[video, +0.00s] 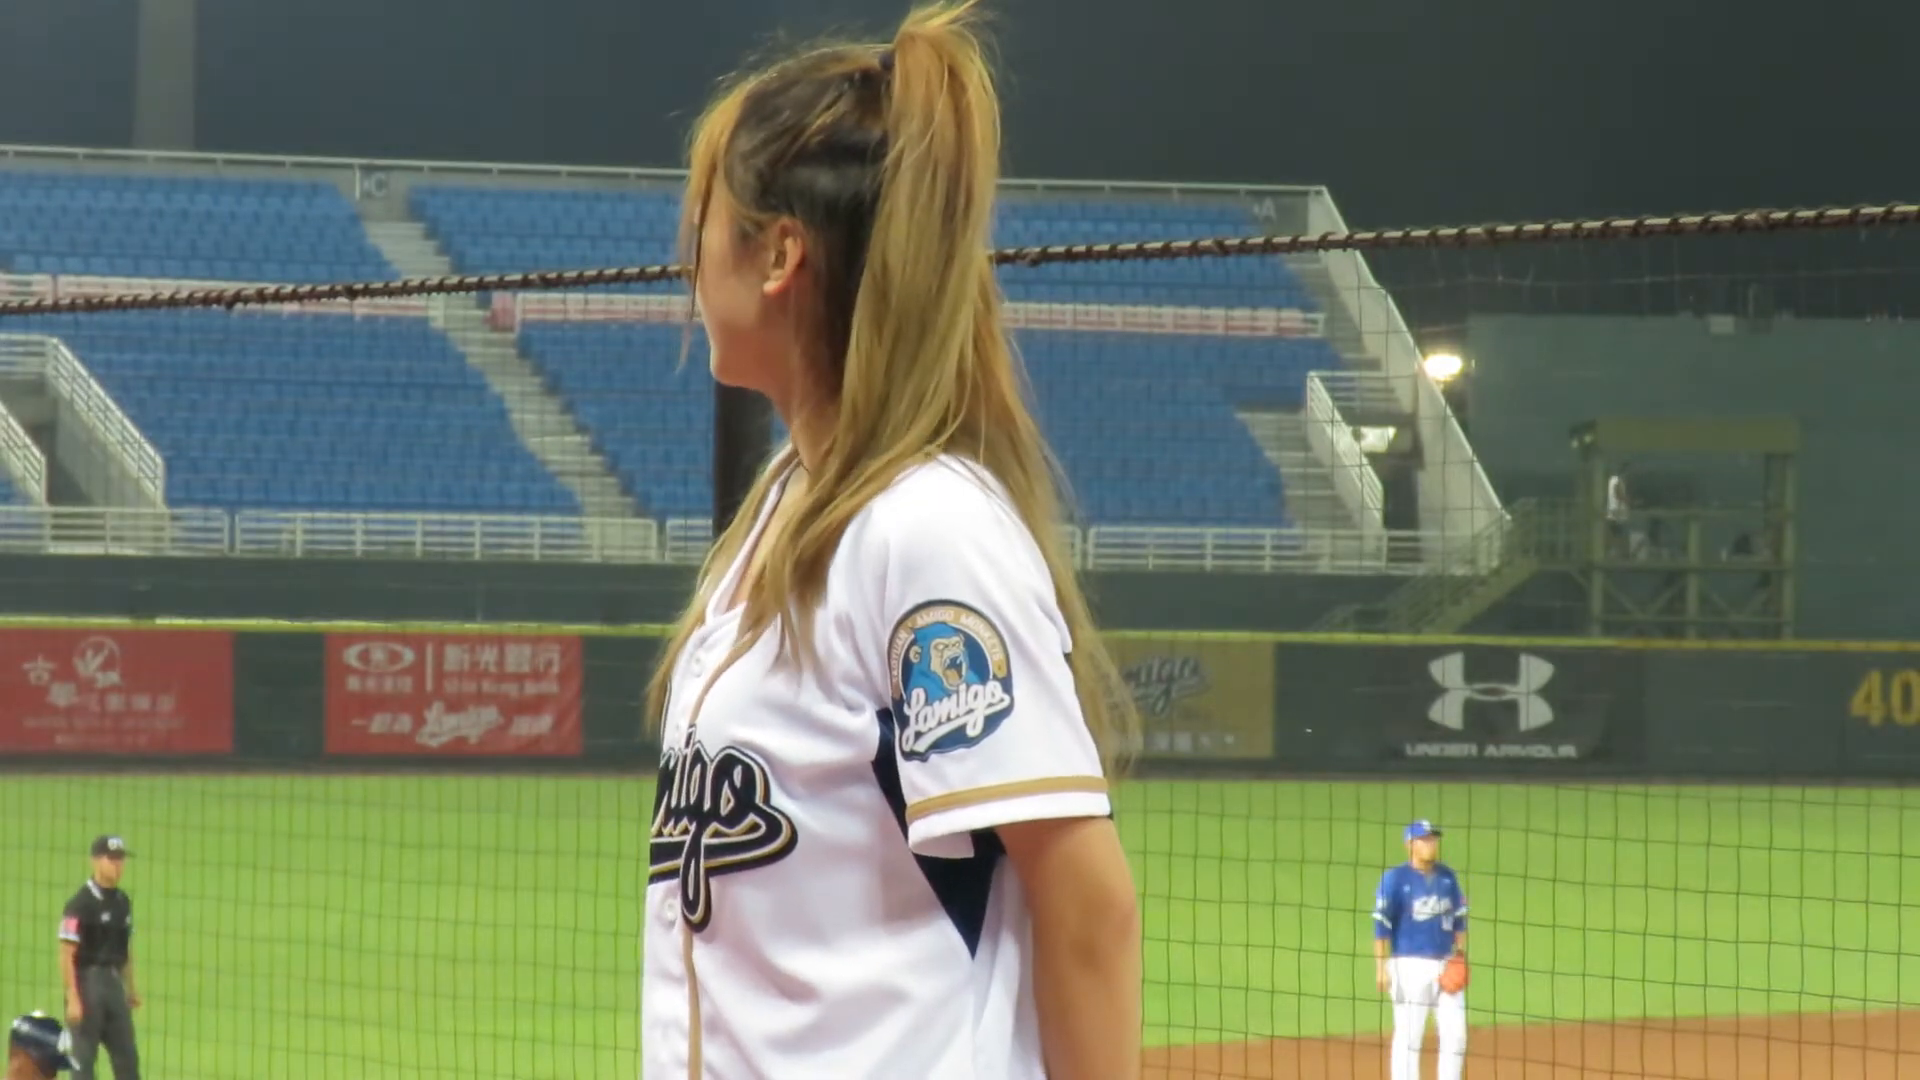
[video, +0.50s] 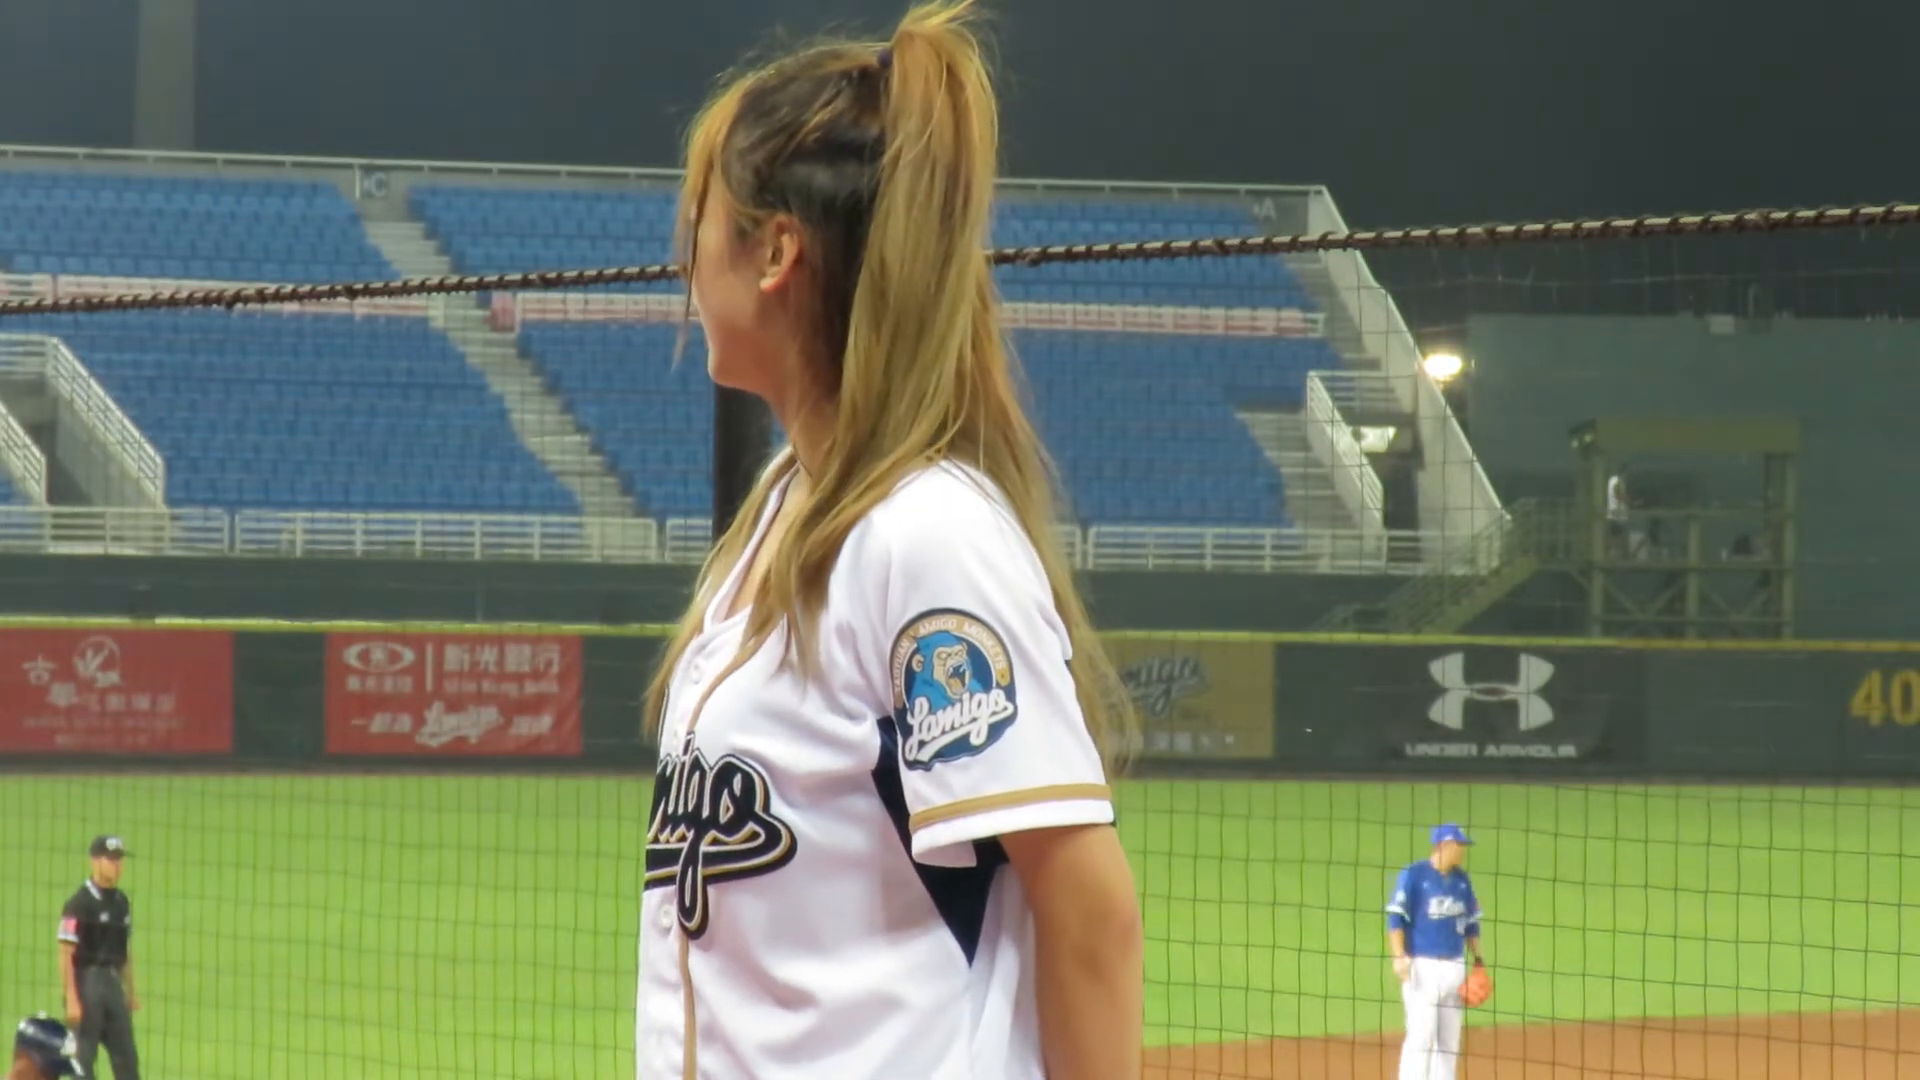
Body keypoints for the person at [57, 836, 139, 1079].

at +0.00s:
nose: (117, 865)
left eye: (120, 860)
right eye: (111, 859)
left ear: (123, 862)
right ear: (96, 860)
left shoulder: (122, 901)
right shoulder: (80, 903)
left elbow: (123, 949)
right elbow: (67, 954)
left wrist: (129, 988)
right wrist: (73, 998)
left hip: (114, 973)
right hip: (87, 973)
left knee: (126, 1054)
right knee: (83, 1055)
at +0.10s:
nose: (117, 866)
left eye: (120, 860)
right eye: (111, 859)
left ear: (122, 862)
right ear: (96, 860)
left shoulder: (121, 901)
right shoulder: (80, 903)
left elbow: (123, 950)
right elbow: (67, 954)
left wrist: (129, 988)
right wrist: (72, 998)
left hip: (114, 973)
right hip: (87, 973)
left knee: (125, 1054)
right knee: (83, 1054)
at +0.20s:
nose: (117, 866)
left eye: (120, 860)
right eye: (111, 859)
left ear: (122, 862)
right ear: (95, 860)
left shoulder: (121, 901)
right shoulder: (79, 903)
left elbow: (123, 951)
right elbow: (66, 954)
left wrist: (129, 988)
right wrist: (71, 1000)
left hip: (114, 973)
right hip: (87, 973)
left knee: (125, 1054)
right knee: (83, 1054)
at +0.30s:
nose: (117, 866)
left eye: (119, 860)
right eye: (111, 859)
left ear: (122, 862)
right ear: (95, 861)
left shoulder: (121, 901)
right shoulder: (79, 903)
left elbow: (123, 950)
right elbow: (66, 955)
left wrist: (129, 988)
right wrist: (71, 1001)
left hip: (114, 973)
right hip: (87, 973)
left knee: (125, 1054)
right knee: (84, 1053)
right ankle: (81, 1074)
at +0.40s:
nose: (116, 865)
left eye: (119, 860)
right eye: (110, 859)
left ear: (122, 862)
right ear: (95, 860)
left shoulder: (121, 901)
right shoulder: (78, 903)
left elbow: (122, 952)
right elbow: (66, 954)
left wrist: (129, 990)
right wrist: (71, 1000)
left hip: (114, 973)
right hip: (87, 973)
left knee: (125, 1054)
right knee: (84, 1053)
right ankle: (81, 1074)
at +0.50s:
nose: (116, 865)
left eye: (119, 859)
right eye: (110, 859)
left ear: (122, 862)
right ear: (95, 860)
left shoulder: (121, 901)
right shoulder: (78, 903)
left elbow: (123, 952)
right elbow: (66, 954)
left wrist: (129, 990)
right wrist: (72, 1000)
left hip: (114, 973)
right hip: (87, 973)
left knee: (125, 1054)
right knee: (84, 1053)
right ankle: (81, 1074)